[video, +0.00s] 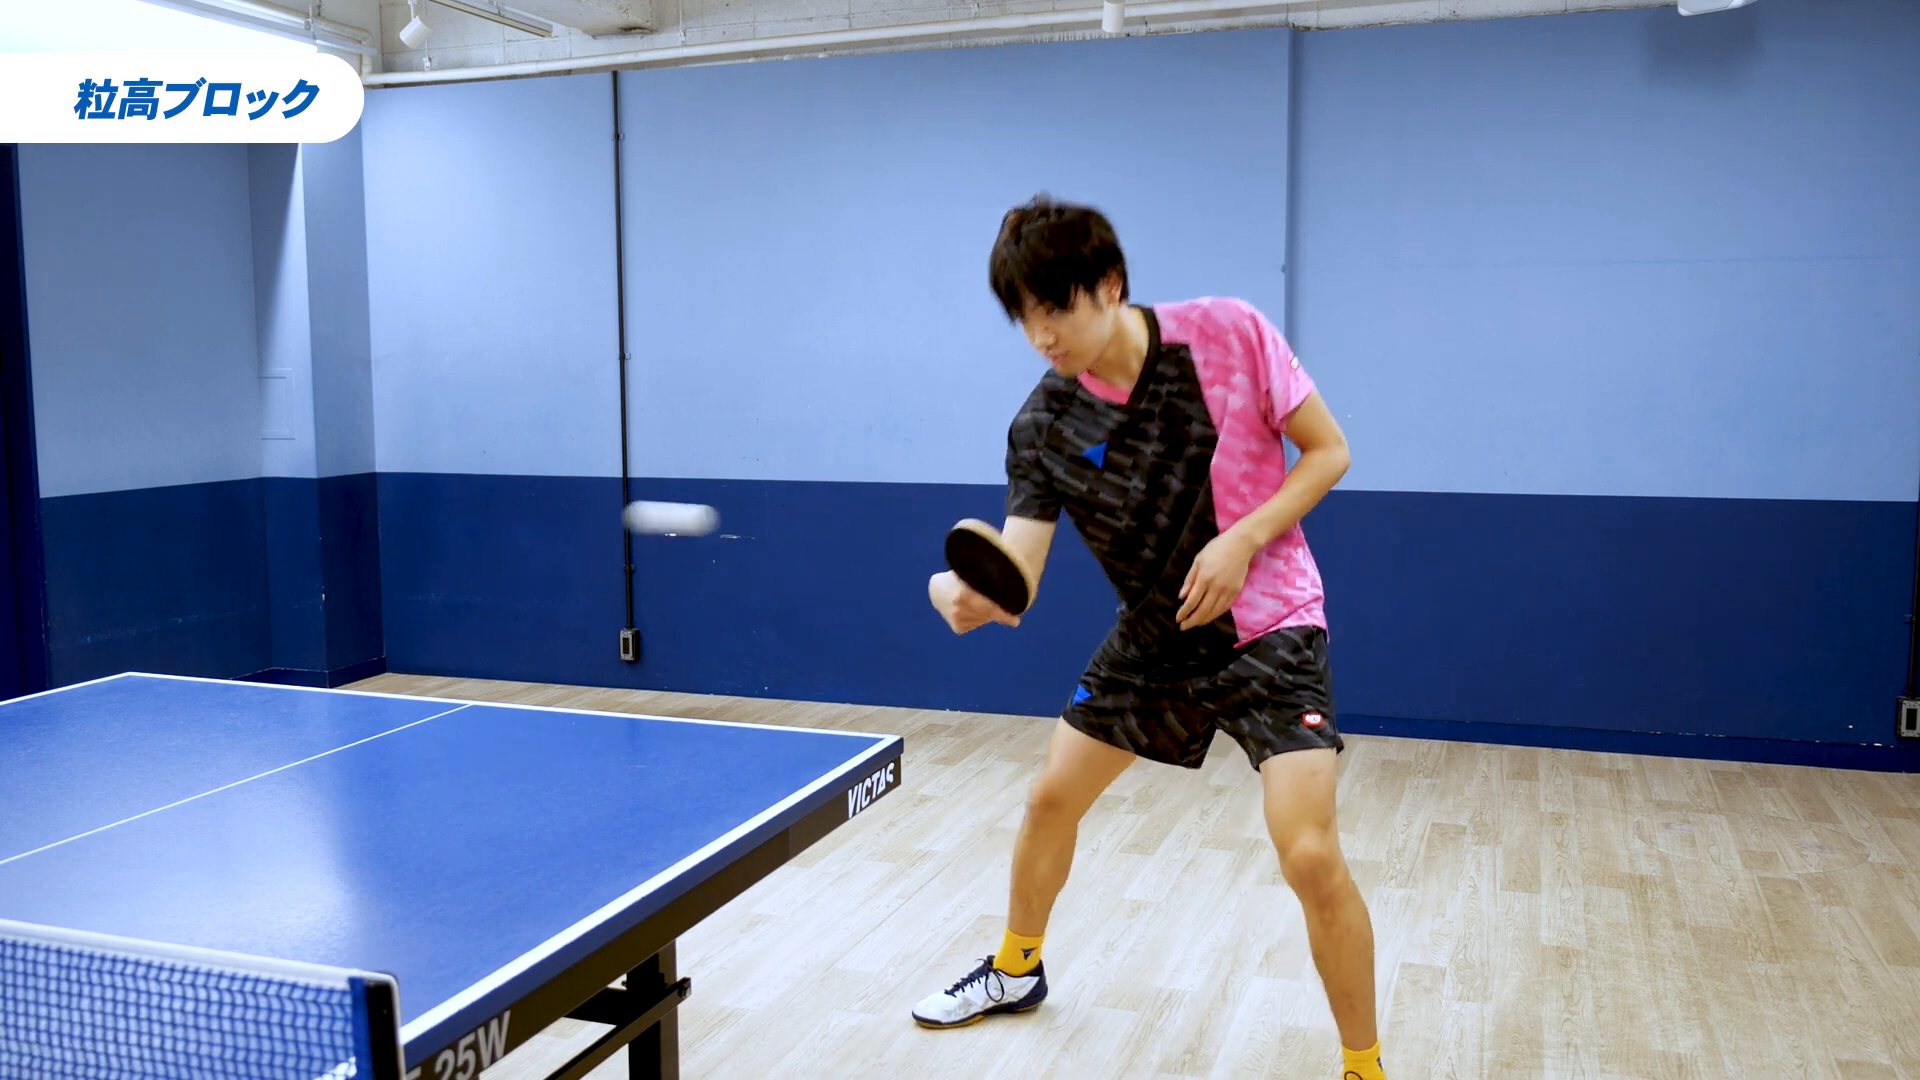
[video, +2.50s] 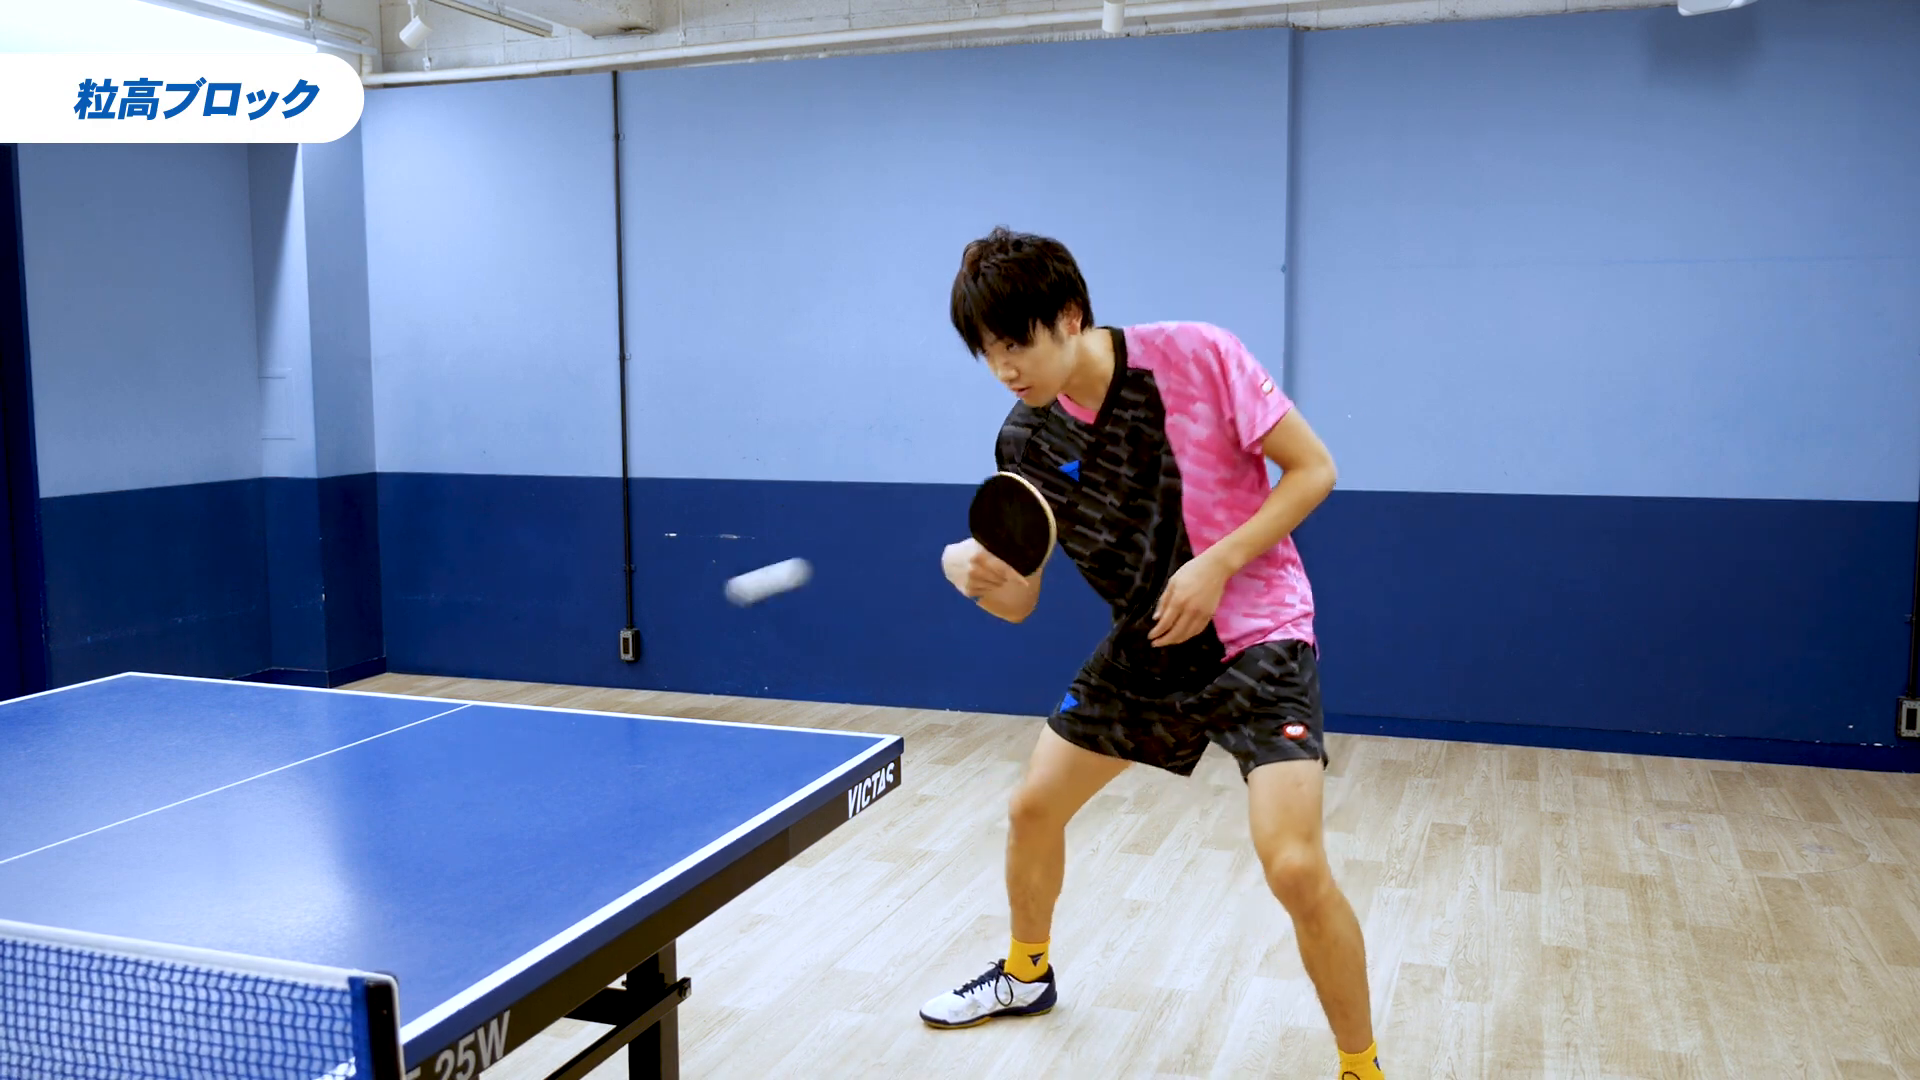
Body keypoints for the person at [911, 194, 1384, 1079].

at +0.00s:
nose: (1039, 334)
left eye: (1053, 306)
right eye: (1024, 317)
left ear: (1109, 285)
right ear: (1015, 319)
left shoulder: (1229, 333)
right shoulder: (1045, 422)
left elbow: (1329, 452)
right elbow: (1016, 580)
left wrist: (1241, 542)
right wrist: (965, 596)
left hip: (1271, 624)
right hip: (1153, 630)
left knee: (1309, 855)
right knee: (1051, 798)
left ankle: (1363, 1065)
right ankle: (1016, 967)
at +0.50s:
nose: (1039, 290)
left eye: (1057, 265)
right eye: (1026, 272)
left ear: (1113, 261)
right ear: (1020, 283)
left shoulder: (1212, 354)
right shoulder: (1042, 401)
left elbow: (1294, 496)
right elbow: (1042, 548)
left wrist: (1179, 562)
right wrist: (991, 613)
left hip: (1229, 650)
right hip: (1115, 650)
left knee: (1273, 877)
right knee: (999, 809)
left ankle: (1358, 1068)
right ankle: (1022, 972)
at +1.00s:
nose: (1023, 380)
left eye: (1036, 353)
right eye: (1010, 362)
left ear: (1094, 332)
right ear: (1007, 362)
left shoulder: (1214, 399)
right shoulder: (1056, 451)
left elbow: (1317, 529)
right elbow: (1057, 578)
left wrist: (1195, 609)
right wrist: (1013, 620)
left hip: (1257, 667)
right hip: (1151, 669)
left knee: (1257, 893)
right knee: (1011, 813)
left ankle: (1357, 1069)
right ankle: (1023, 973)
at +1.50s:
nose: (1084, 290)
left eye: (1101, 264)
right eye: (1071, 271)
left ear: (1160, 251)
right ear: (1065, 273)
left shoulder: (1275, 322)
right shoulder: (1081, 393)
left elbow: (1371, 449)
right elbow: (1042, 543)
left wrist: (1285, 526)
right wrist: (979, 588)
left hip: (1282, 626)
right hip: (1165, 628)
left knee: (1315, 872)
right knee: (1059, 797)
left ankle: (1364, 1068)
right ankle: (1022, 962)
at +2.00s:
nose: (992, 278)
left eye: (1009, 255)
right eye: (981, 261)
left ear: (1067, 249)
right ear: (981, 268)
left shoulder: (1168, 339)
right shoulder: (1026, 385)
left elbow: (1260, 475)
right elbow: (1054, 521)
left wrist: (1130, 539)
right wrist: (995, 599)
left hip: (1213, 634)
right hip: (1110, 635)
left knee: (1255, 859)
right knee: (1013, 793)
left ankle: (1354, 1064)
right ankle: (1024, 971)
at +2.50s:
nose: (1004, 371)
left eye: (1014, 345)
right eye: (987, 354)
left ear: (1070, 317)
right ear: (977, 351)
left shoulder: (1197, 356)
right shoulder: (1028, 439)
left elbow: (1314, 470)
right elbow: (1019, 601)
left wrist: (1217, 564)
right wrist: (975, 573)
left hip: (1260, 632)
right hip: (1146, 641)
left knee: (1295, 868)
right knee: (1033, 807)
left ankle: (1360, 1065)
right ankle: (1025, 973)